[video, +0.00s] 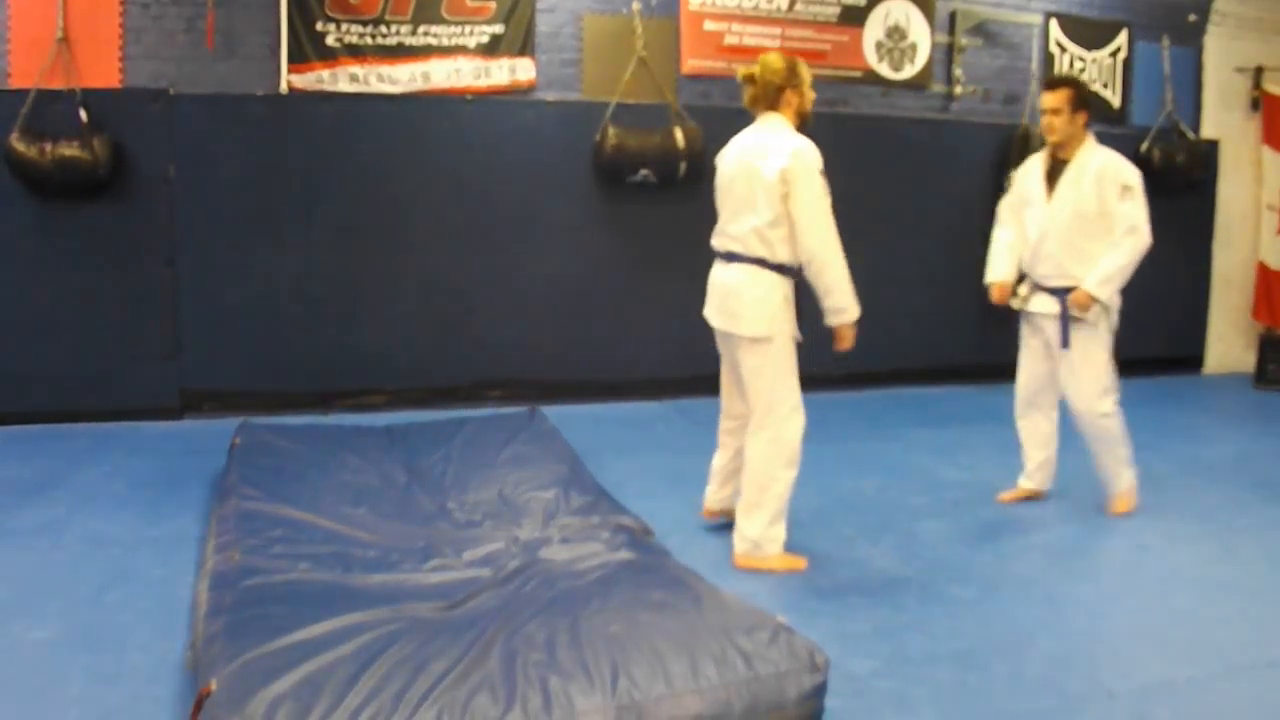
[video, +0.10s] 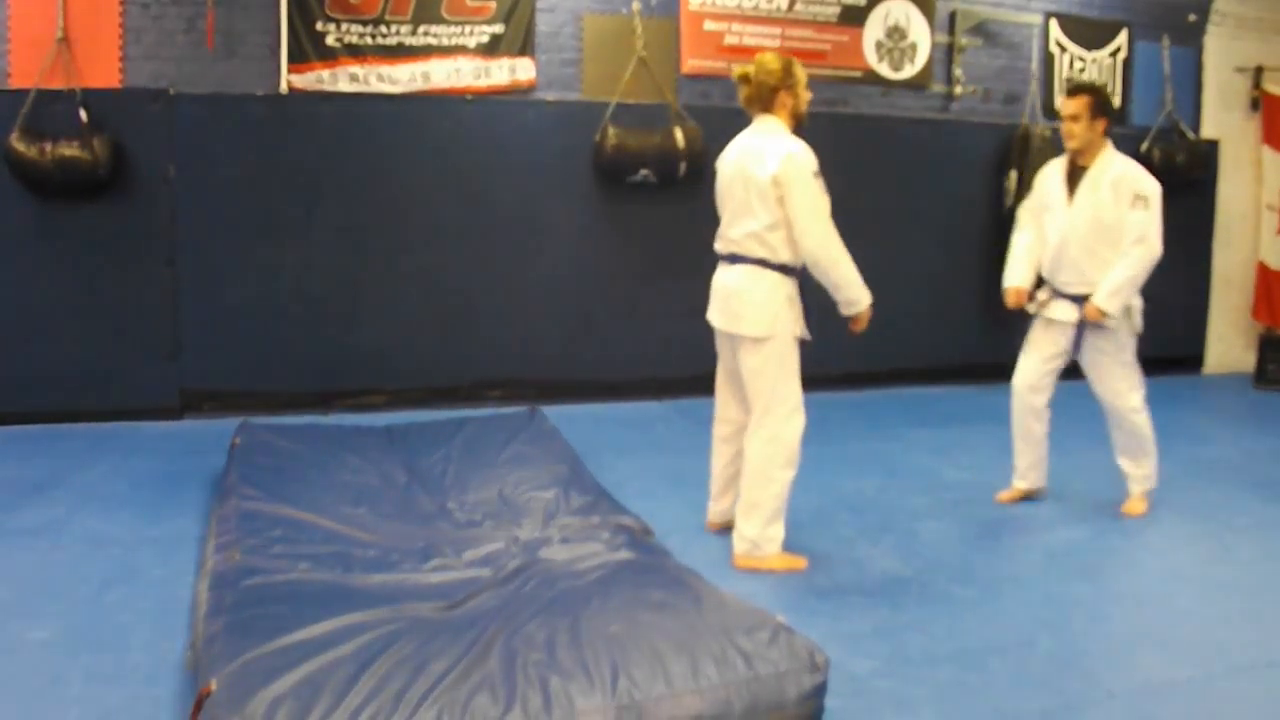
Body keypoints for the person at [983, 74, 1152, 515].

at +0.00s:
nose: (1046, 122)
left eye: (1056, 114)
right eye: (1043, 114)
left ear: (1082, 118)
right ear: (1040, 118)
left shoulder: (1117, 172)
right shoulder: (1028, 172)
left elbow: (1135, 237)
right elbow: (1008, 223)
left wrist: (1094, 289)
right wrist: (1001, 273)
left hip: (1087, 305)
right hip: (1035, 302)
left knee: (1091, 400)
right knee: (1032, 395)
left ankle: (1121, 484)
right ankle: (1035, 478)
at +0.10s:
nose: (1065, 128)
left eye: (1075, 120)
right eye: (1062, 119)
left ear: (1101, 124)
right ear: (1060, 122)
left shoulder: (1136, 182)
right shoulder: (1049, 175)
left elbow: (1145, 248)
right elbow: (1028, 228)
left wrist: (1106, 299)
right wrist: (1017, 279)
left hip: (1108, 307)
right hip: (1054, 302)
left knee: (1121, 398)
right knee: (1027, 385)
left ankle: (1140, 485)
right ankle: (1028, 478)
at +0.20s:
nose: (1078, 126)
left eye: (1088, 119)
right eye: (1075, 118)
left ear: (1114, 124)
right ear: (1072, 122)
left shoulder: (1143, 182)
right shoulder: (1060, 172)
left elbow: (1150, 251)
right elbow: (1040, 235)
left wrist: (1119, 307)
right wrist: (1030, 291)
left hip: (1119, 309)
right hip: (1065, 305)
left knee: (1132, 402)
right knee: (1033, 385)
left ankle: (1140, 487)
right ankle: (1025, 480)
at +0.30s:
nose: (1082, 122)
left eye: (1092, 115)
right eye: (1079, 114)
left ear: (1119, 121)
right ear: (1076, 119)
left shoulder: (1149, 178)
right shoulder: (1061, 170)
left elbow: (1165, 243)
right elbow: (1040, 227)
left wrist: (1122, 292)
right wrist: (1038, 284)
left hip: (1122, 308)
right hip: (1065, 303)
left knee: (1131, 403)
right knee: (1045, 394)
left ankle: (1137, 488)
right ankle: (1027, 482)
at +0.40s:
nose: (1080, 124)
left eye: (1090, 116)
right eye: (1077, 116)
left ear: (1116, 122)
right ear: (1074, 120)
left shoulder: (1146, 179)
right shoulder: (1060, 173)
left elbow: (1171, 241)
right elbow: (1035, 226)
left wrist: (1125, 289)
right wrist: (1035, 281)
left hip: (1121, 311)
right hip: (1063, 307)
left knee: (1133, 404)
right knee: (1041, 394)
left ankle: (1138, 487)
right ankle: (1027, 482)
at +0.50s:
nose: (1071, 126)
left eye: (1081, 119)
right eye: (1068, 118)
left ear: (1108, 123)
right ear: (1064, 121)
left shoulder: (1137, 178)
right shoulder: (1052, 174)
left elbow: (1167, 238)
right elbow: (1027, 225)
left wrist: (1119, 286)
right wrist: (1026, 275)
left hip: (1114, 313)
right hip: (1055, 309)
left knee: (1128, 405)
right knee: (1032, 394)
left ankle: (1138, 488)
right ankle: (1023, 484)